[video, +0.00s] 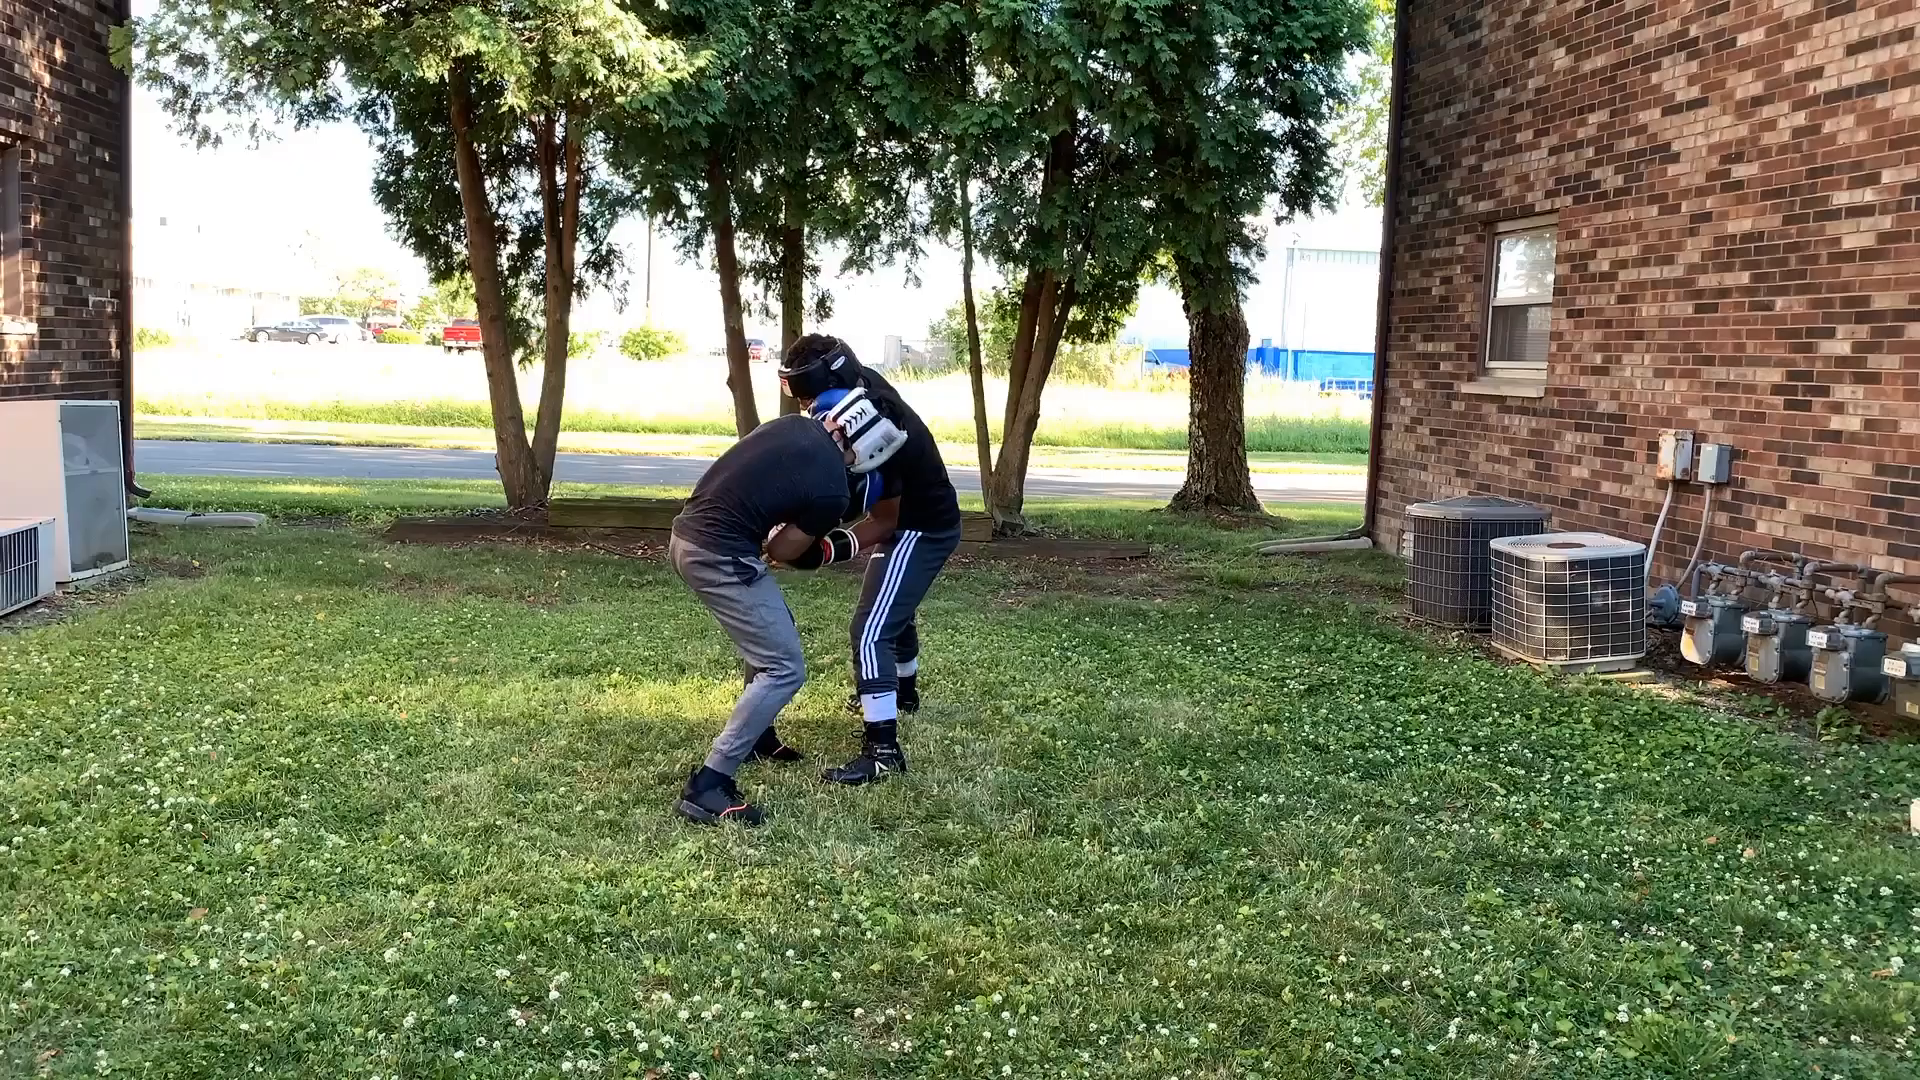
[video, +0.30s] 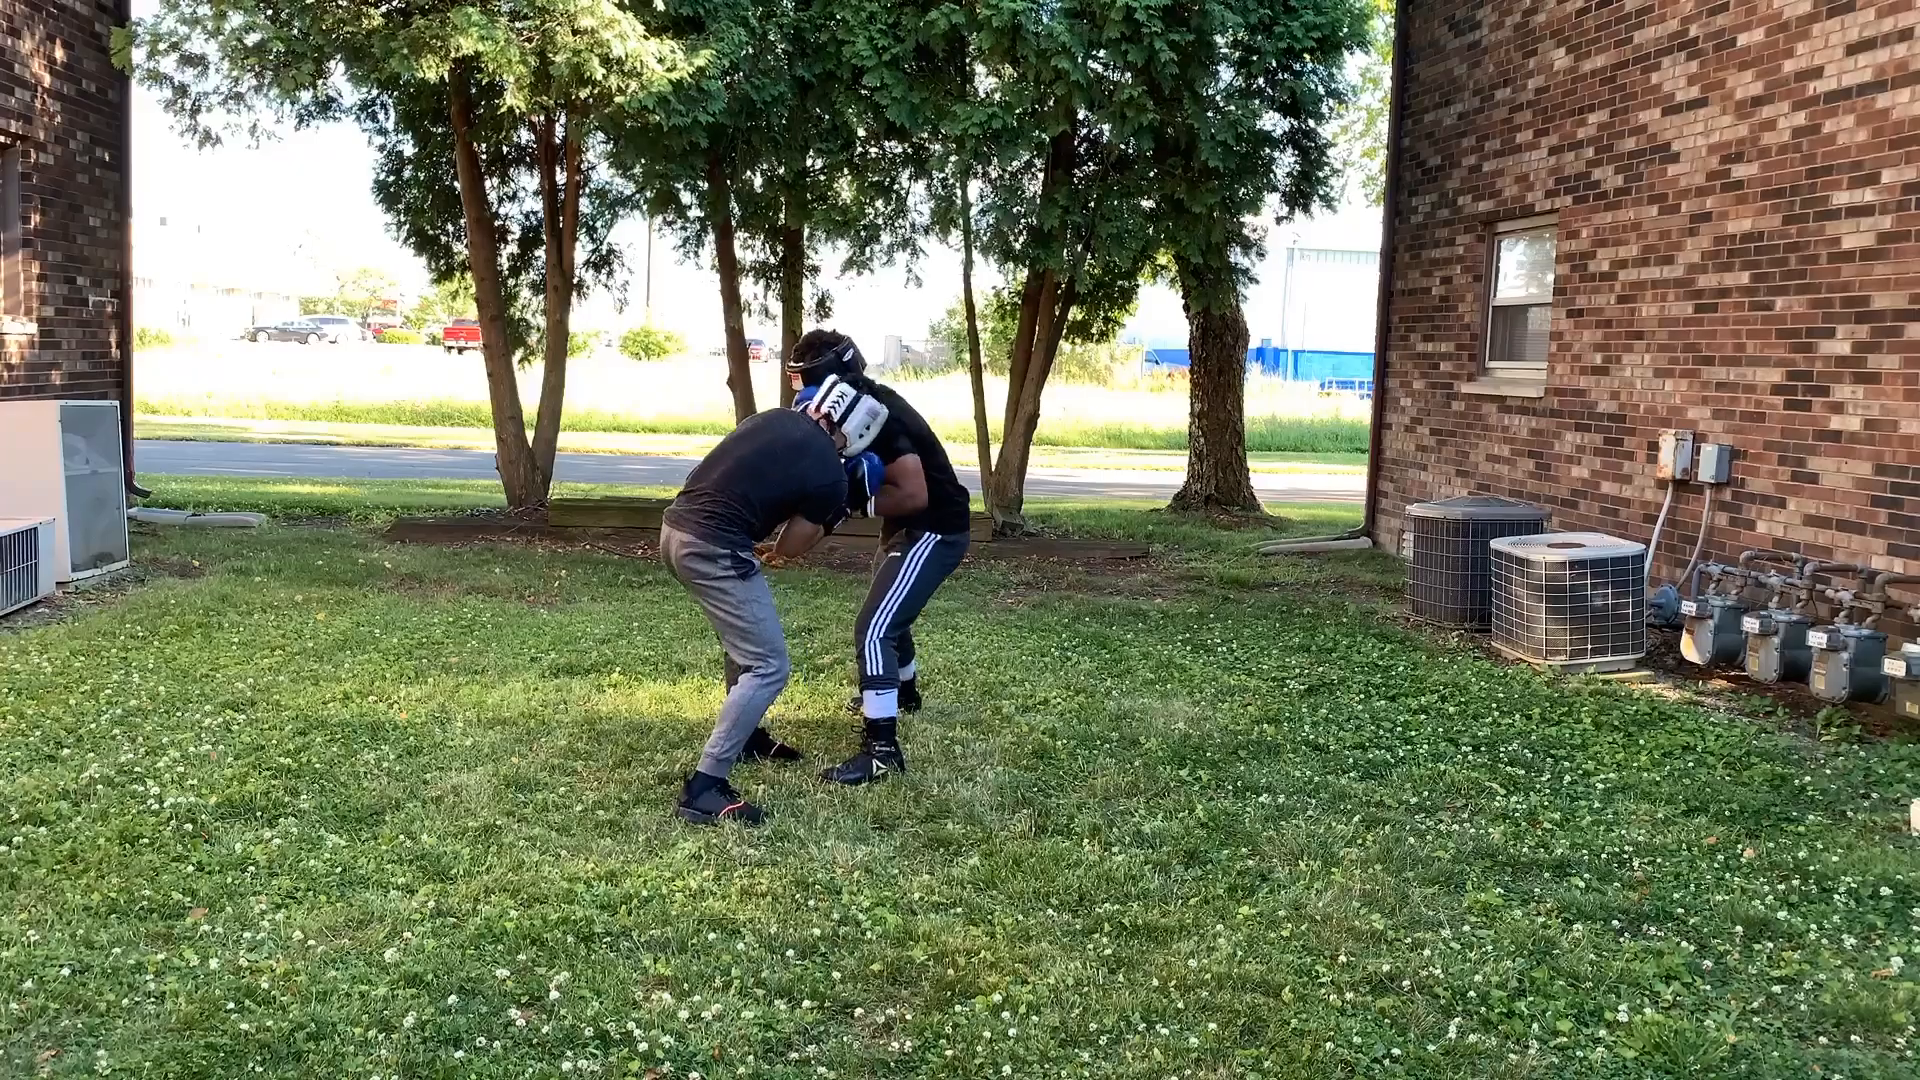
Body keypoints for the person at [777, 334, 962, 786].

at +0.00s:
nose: (797, 399)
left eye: (800, 390)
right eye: (795, 390)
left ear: (821, 386)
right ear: (837, 373)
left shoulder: (865, 424)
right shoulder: (859, 388)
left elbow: (886, 521)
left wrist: (830, 549)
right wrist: (803, 529)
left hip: (920, 528)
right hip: (911, 519)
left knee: (870, 629)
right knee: (894, 610)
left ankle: (883, 750)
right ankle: (903, 691)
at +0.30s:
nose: (795, 386)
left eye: (802, 378)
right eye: (795, 377)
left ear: (832, 377)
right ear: (839, 373)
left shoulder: (876, 411)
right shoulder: (853, 408)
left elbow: (913, 495)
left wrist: (857, 503)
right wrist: (838, 489)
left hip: (934, 529)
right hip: (907, 525)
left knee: (874, 628)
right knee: (889, 615)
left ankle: (882, 750)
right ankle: (904, 693)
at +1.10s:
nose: (823, 379)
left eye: (825, 368)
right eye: (819, 371)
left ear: (850, 358)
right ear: (847, 361)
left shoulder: (905, 380)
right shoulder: (856, 403)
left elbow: (944, 444)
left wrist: (886, 470)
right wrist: (852, 475)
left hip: (937, 508)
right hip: (899, 510)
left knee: (895, 615)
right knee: (868, 615)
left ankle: (907, 736)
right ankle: (901, 691)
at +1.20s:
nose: (822, 386)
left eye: (826, 376)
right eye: (820, 378)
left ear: (851, 363)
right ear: (841, 369)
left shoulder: (909, 377)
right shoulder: (854, 404)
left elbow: (959, 432)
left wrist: (909, 461)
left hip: (945, 505)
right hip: (907, 506)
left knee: (899, 609)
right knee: (876, 606)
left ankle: (908, 734)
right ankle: (898, 706)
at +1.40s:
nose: (888, 363)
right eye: (886, 357)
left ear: (847, 364)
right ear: (878, 355)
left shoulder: (829, 399)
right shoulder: (903, 394)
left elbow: (822, 466)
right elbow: (920, 477)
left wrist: (882, 461)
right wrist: (915, 453)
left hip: (808, 529)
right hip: (854, 528)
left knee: (836, 610)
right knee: (883, 645)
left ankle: (796, 703)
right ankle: (852, 761)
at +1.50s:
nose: (895, 357)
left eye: (887, 349)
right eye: (891, 350)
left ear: (852, 357)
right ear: (889, 354)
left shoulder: (833, 388)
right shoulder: (898, 385)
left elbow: (835, 456)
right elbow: (922, 467)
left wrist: (895, 448)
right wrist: (914, 443)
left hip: (817, 523)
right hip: (859, 524)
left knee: (857, 611)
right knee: (879, 645)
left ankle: (817, 705)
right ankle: (853, 761)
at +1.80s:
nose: (931, 401)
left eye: (937, 393)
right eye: (935, 391)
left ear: (903, 369)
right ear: (922, 377)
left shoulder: (876, 395)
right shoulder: (892, 402)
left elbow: (873, 480)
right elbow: (873, 481)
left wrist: (913, 463)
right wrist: (918, 468)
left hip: (834, 520)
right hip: (826, 522)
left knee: (871, 621)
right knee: (847, 633)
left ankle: (830, 713)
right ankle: (839, 757)